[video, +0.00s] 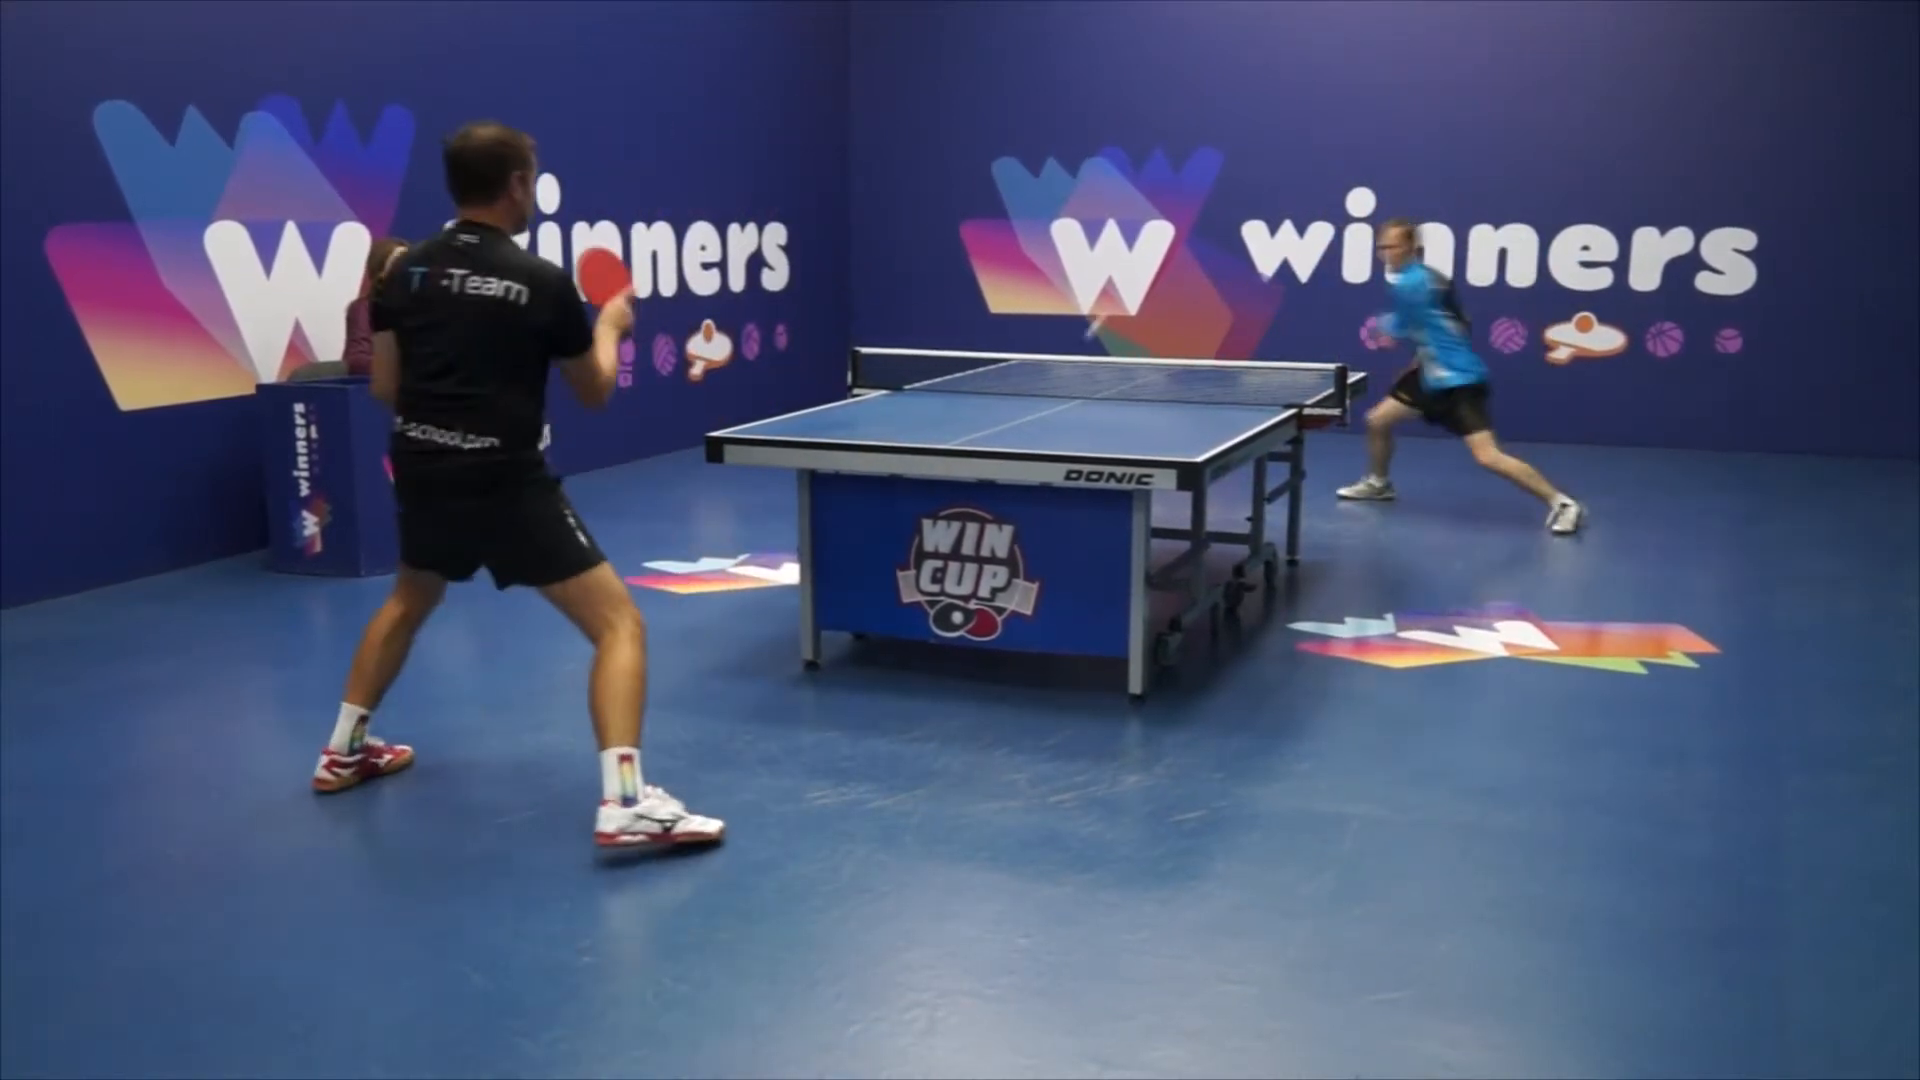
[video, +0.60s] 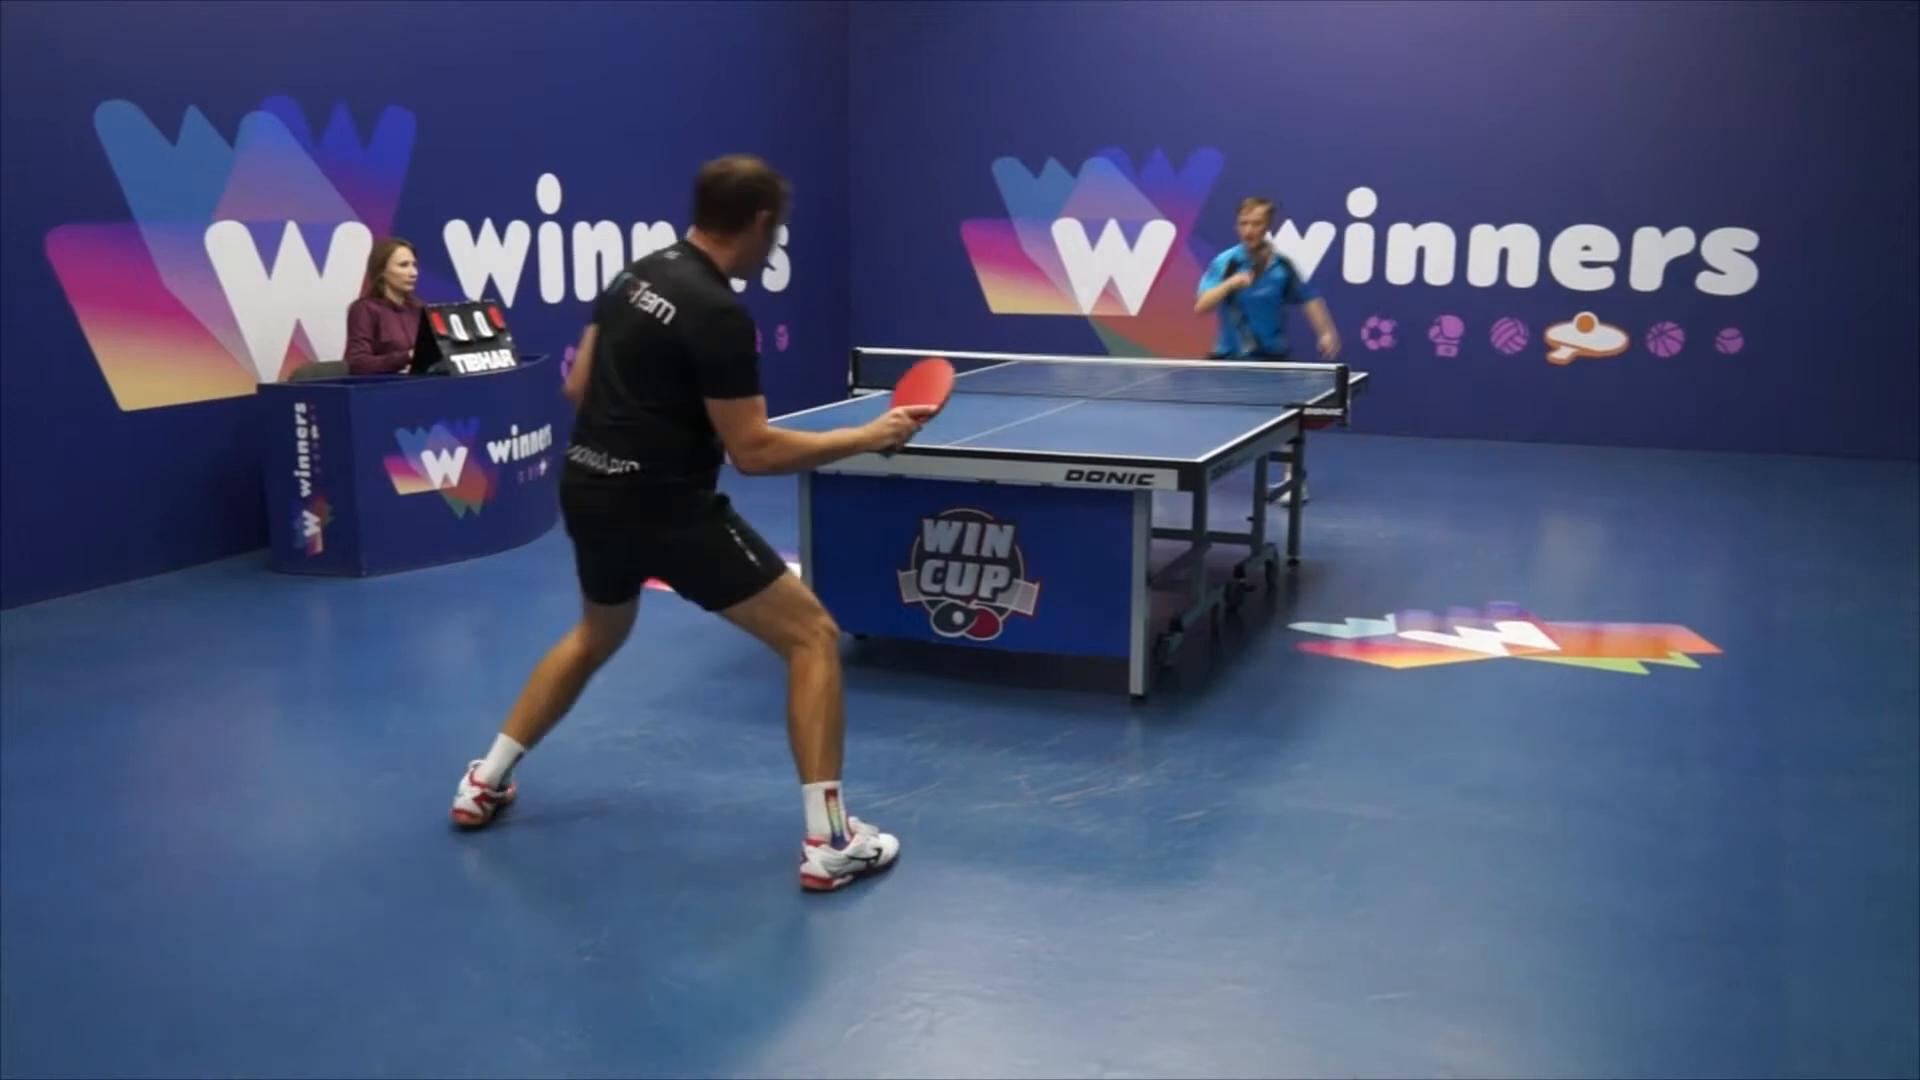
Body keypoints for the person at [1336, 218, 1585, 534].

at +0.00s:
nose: (1387, 254)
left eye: (1394, 247)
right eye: (1383, 247)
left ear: (1412, 248)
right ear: (1381, 249)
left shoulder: (1416, 282)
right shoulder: (1409, 281)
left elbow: (1404, 322)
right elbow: (1425, 325)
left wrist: (1384, 328)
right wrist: (1388, 332)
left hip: (1461, 379)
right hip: (1430, 376)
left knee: (1487, 455)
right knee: (1377, 420)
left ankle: (1561, 504)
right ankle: (1378, 483)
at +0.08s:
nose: (1355, 251)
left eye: (1361, 245)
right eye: (1352, 245)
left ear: (1378, 245)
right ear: (1352, 245)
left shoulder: (1380, 272)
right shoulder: (1400, 274)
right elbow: (1442, 317)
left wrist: (1347, 317)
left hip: (1438, 370)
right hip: (1413, 374)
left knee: (1476, 438)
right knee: (1363, 416)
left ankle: (1547, 497)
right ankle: (1377, 482)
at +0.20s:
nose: (1314, 235)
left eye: (1320, 228)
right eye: (1311, 228)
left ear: (1338, 228)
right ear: (1313, 229)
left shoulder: (1352, 248)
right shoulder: (1337, 261)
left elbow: (1380, 263)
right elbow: (1360, 296)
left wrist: (1343, 308)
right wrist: (1345, 328)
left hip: (1408, 345)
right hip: (1386, 357)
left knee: (1433, 413)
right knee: (1354, 417)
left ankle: (1484, 481)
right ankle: (1375, 481)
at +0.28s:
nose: (1297, 219)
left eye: (1302, 212)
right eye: (1293, 213)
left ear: (1322, 210)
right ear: (1293, 216)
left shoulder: (1349, 233)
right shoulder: (1301, 260)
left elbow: (1389, 238)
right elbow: (1283, 309)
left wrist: (1349, 244)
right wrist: (1241, 296)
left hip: (1387, 327)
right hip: (1354, 338)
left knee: (1384, 401)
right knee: (1350, 413)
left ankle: (1399, 479)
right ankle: (1375, 478)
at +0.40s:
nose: (1280, 207)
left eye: (1287, 200)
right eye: (1276, 201)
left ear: (1305, 200)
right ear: (1273, 204)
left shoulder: (1328, 231)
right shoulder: (1275, 236)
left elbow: (1370, 244)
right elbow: (1241, 258)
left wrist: (1344, 258)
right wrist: (1281, 245)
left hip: (1339, 322)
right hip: (1304, 327)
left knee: (1321, 398)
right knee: (1299, 397)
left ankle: (1311, 471)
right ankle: (1347, 455)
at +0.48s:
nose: (1270, 212)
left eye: (1277, 206)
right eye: (1266, 206)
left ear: (1293, 207)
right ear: (1261, 208)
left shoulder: (1312, 242)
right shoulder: (1256, 239)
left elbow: (1354, 265)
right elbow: (1225, 272)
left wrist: (1353, 287)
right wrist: (1269, 250)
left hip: (1309, 338)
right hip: (1270, 342)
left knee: (1296, 410)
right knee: (1272, 409)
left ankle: (1296, 480)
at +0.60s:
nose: (1250, 231)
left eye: (1257, 224)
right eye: (1245, 224)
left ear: (1268, 228)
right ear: (1237, 226)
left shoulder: (1281, 266)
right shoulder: (1226, 262)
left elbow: (1308, 299)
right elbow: (1201, 304)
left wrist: (1326, 331)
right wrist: (1231, 283)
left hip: (1273, 357)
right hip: (1231, 357)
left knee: (1284, 418)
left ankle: (1293, 478)